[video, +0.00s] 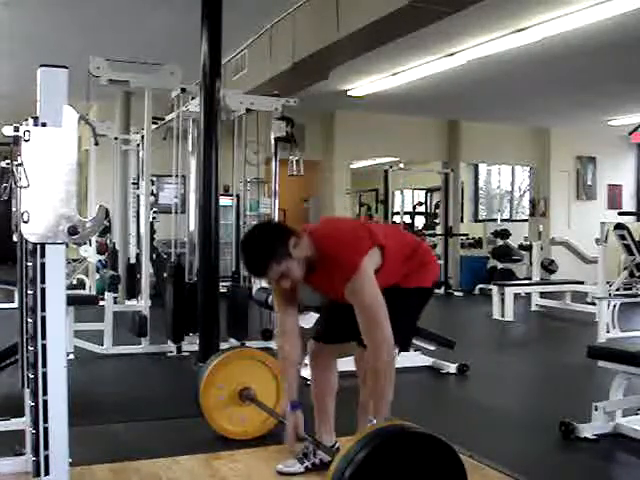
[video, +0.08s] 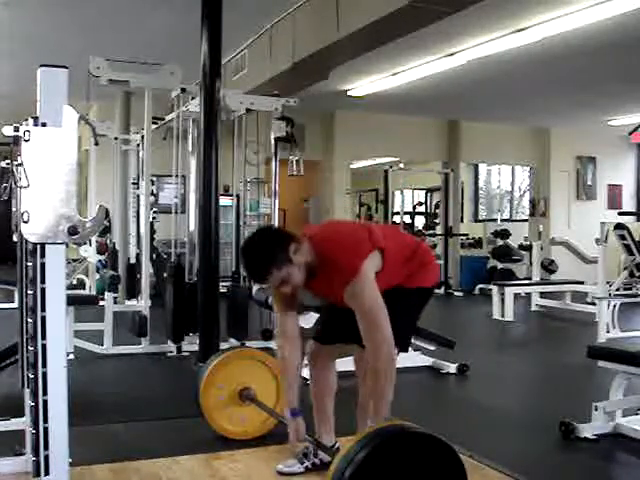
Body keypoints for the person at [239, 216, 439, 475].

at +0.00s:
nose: (284, 285)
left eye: (284, 275)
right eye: (276, 281)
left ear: (295, 247)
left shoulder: (348, 261)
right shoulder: (283, 266)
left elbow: (383, 351)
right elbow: (288, 341)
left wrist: (379, 431)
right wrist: (292, 406)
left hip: (408, 275)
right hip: (356, 280)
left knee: (368, 357)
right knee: (322, 352)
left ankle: (367, 448)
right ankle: (325, 444)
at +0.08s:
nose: (283, 290)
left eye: (284, 280)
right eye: (275, 285)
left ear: (297, 252)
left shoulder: (349, 265)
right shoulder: (283, 275)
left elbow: (384, 352)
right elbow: (288, 345)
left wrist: (379, 431)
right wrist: (292, 414)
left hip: (409, 275)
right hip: (356, 281)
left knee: (366, 358)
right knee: (321, 354)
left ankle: (368, 448)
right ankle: (325, 444)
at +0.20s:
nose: (285, 307)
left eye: (287, 296)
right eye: (277, 302)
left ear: (299, 266)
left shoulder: (348, 275)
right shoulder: (281, 286)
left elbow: (383, 360)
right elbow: (290, 355)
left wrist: (372, 441)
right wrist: (296, 430)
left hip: (409, 278)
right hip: (355, 286)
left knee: (364, 357)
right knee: (316, 356)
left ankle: (366, 449)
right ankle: (324, 446)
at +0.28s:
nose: (291, 319)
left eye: (290, 311)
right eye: (282, 317)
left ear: (301, 282)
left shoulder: (353, 287)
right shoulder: (281, 299)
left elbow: (386, 374)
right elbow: (294, 372)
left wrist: (372, 449)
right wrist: (305, 445)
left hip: (408, 284)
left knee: (363, 357)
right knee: (313, 357)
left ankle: (366, 452)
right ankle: (324, 444)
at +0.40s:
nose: (295, 329)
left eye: (295, 320)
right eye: (286, 325)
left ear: (305, 292)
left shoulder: (356, 294)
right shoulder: (283, 317)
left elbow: (386, 375)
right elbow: (297, 385)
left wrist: (373, 450)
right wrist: (315, 455)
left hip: (406, 288)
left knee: (360, 362)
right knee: (309, 363)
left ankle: (366, 452)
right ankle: (321, 446)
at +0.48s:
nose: (294, 333)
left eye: (295, 322)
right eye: (286, 328)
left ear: (306, 295)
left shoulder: (356, 292)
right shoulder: (284, 318)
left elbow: (385, 376)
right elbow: (299, 387)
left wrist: (373, 451)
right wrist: (318, 458)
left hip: (407, 291)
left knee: (360, 363)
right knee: (308, 367)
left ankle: (366, 452)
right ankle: (322, 447)